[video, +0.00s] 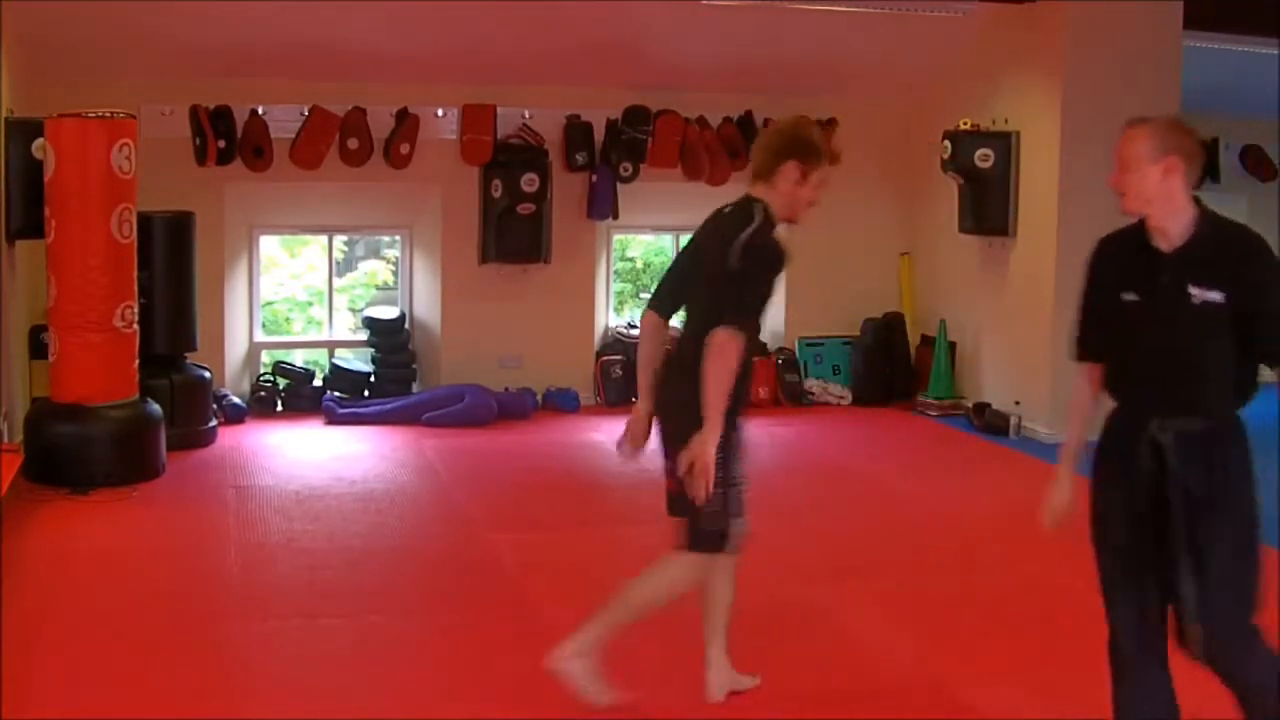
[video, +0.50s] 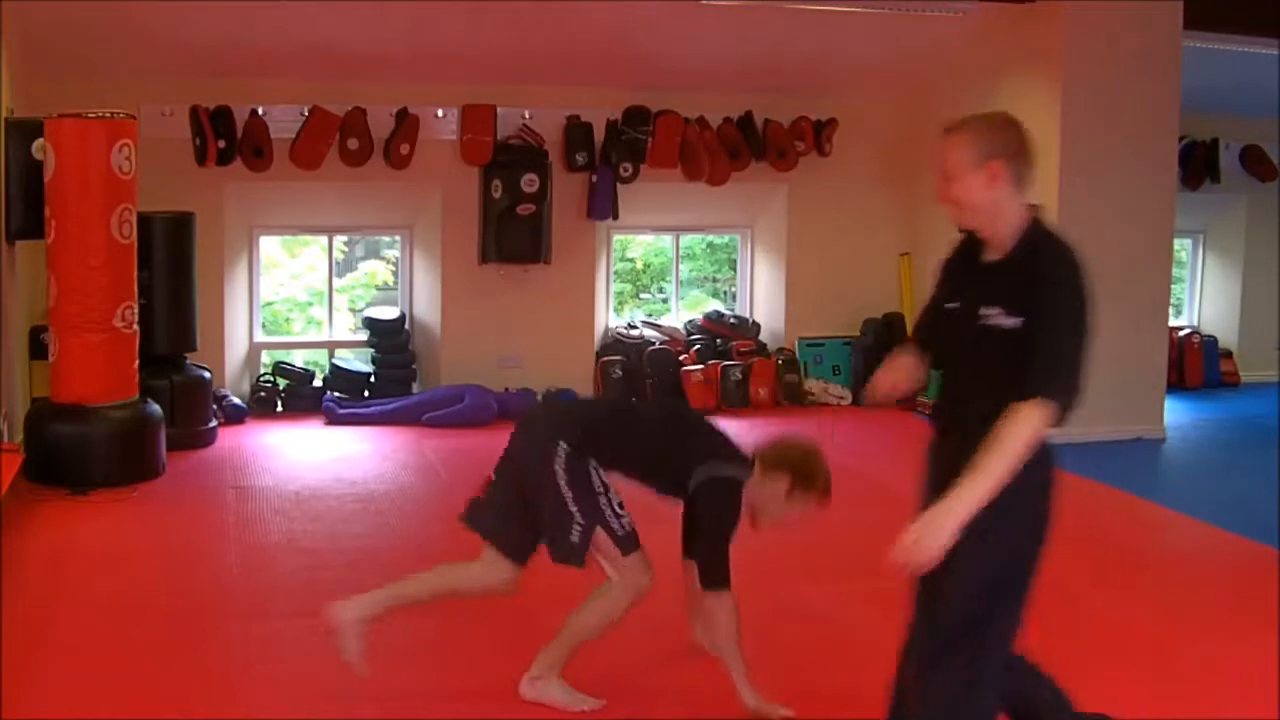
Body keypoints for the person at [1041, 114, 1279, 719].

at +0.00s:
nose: (1115, 179)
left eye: (1127, 166)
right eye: (1116, 166)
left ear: (1171, 171)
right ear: (1159, 174)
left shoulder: (1243, 252)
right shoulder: (1113, 254)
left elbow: (1266, 361)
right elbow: (1091, 370)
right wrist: (1066, 468)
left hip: (1212, 456)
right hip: (1128, 453)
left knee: (1215, 629)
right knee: (1133, 635)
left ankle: (1269, 700)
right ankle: (1147, 716)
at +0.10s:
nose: (1093, 168)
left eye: (1104, 155)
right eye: (1092, 155)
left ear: (1150, 157)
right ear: (1126, 160)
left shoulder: (1215, 239)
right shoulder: (1092, 239)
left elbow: (1264, 340)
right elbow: (1055, 338)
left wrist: (1252, 431)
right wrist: (1030, 414)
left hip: (1184, 444)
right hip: (1102, 441)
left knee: (1160, 622)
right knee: (1105, 622)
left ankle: (1214, 711)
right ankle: (1127, 713)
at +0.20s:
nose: (1063, 173)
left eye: (1074, 159)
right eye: (1062, 160)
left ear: (1121, 161)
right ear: (1111, 163)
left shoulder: (1184, 242)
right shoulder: (1069, 241)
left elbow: (1228, 339)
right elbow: (1026, 317)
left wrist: (1179, 395)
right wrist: (1001, 354)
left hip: (1148, 444)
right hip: (1077, 441)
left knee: (1115, 608)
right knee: (1075, 609)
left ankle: (1139, 712)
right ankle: (1093, 711)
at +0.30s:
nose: (1028, 190)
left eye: (1038, 174)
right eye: (1027, 175)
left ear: (1084, 173)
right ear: (1076, 175)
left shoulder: (1146, 252)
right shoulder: (1042, 251)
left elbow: (1184, 352)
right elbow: (995, 324)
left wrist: (1109, 395)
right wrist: (976, 328)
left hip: (1114, 452)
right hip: (1046, 448)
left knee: (1082, 606)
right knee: (1051, 599)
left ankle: (1064, 708)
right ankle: (1119, 706)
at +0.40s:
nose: (984, 197)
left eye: (997, 181)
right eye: (983, 182)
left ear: (1044, 180)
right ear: (1034, 183)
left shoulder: (1104, 265)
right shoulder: (1007, 259)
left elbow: (1121, 380)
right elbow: (940, 358)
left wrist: (1036, 444)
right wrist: (937, 331)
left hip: (1065, 468)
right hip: (1007, 464)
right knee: (1054, 639)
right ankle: (1110, 713)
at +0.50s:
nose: (942, 192)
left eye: (953, 176)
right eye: (942, 177)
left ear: (998, 174)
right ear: (988, 177)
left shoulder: (1053, 268)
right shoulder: (967, 257)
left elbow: (1038, 409)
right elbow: (928, 342)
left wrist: (949, 515)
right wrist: (902, 372)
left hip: (1011, 473)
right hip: (951, 462)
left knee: (955, 647)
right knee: (947, 634)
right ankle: (1054, 710)